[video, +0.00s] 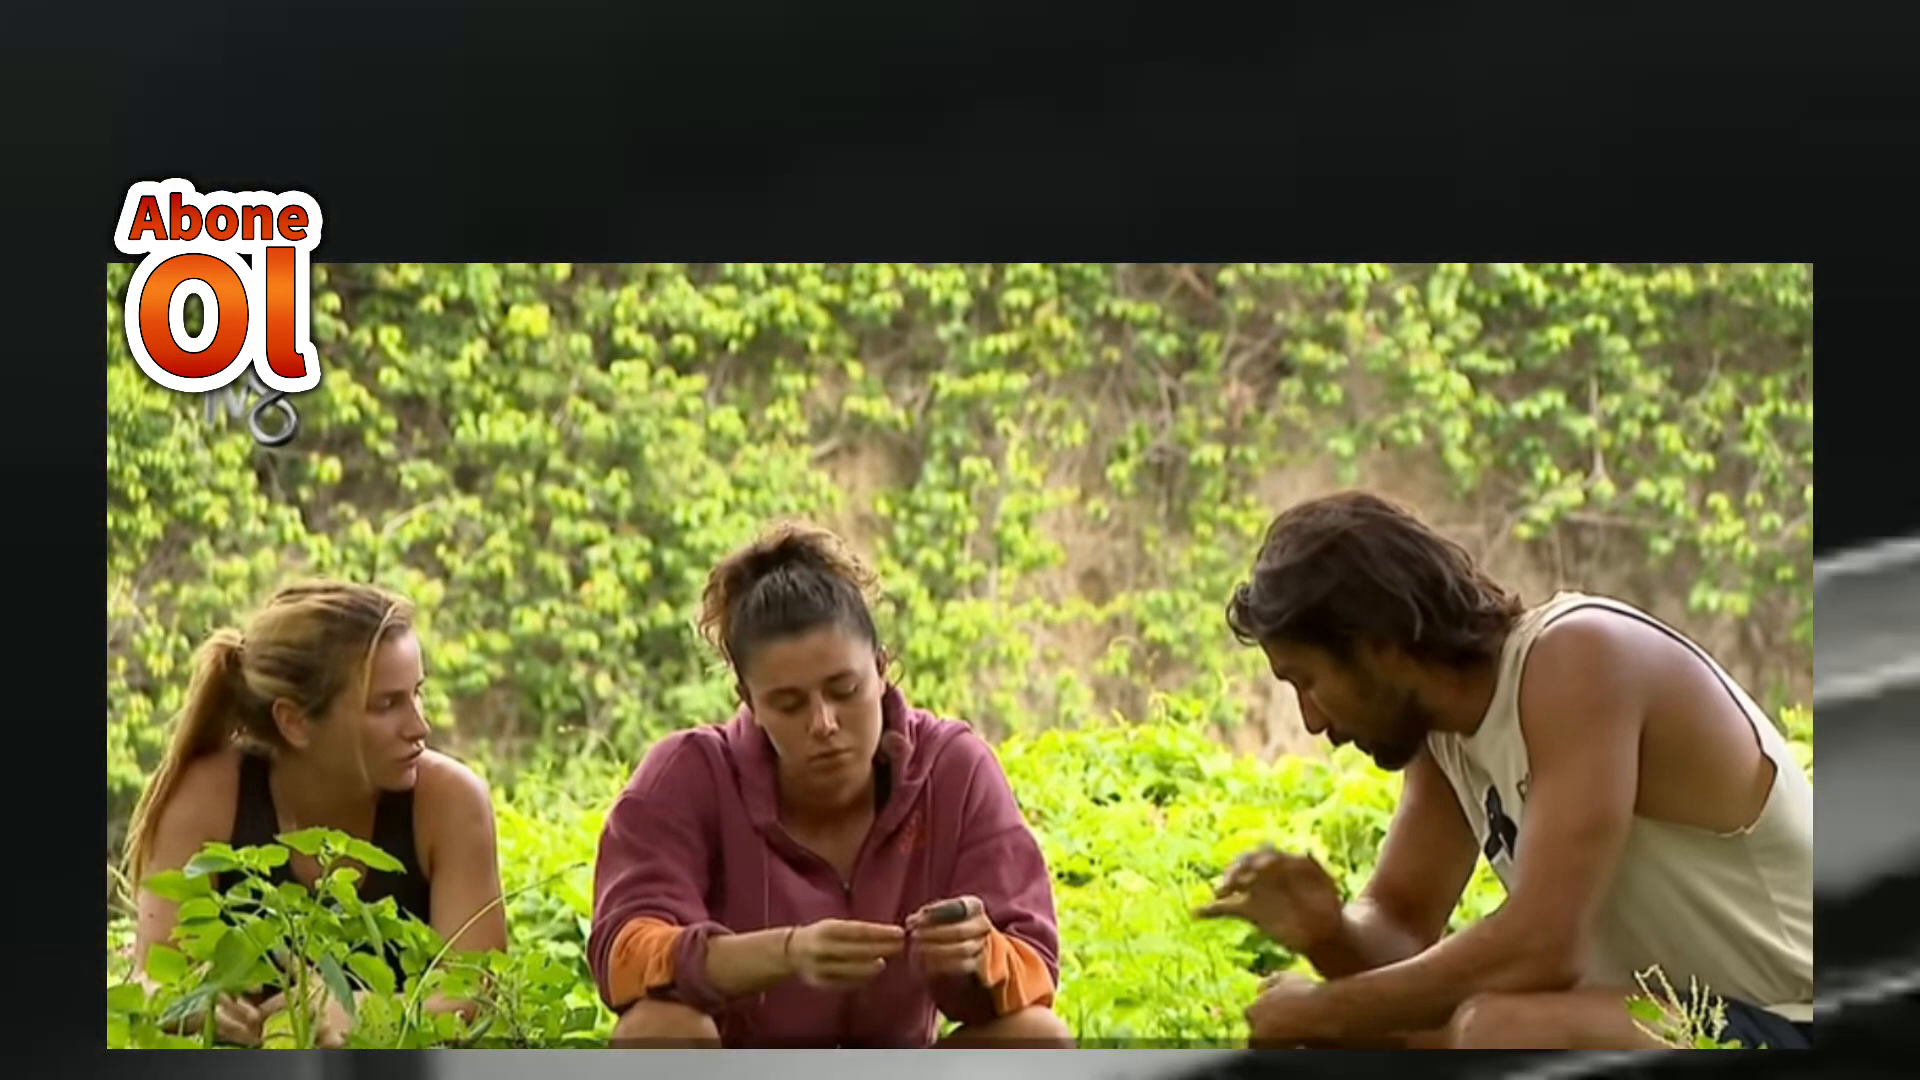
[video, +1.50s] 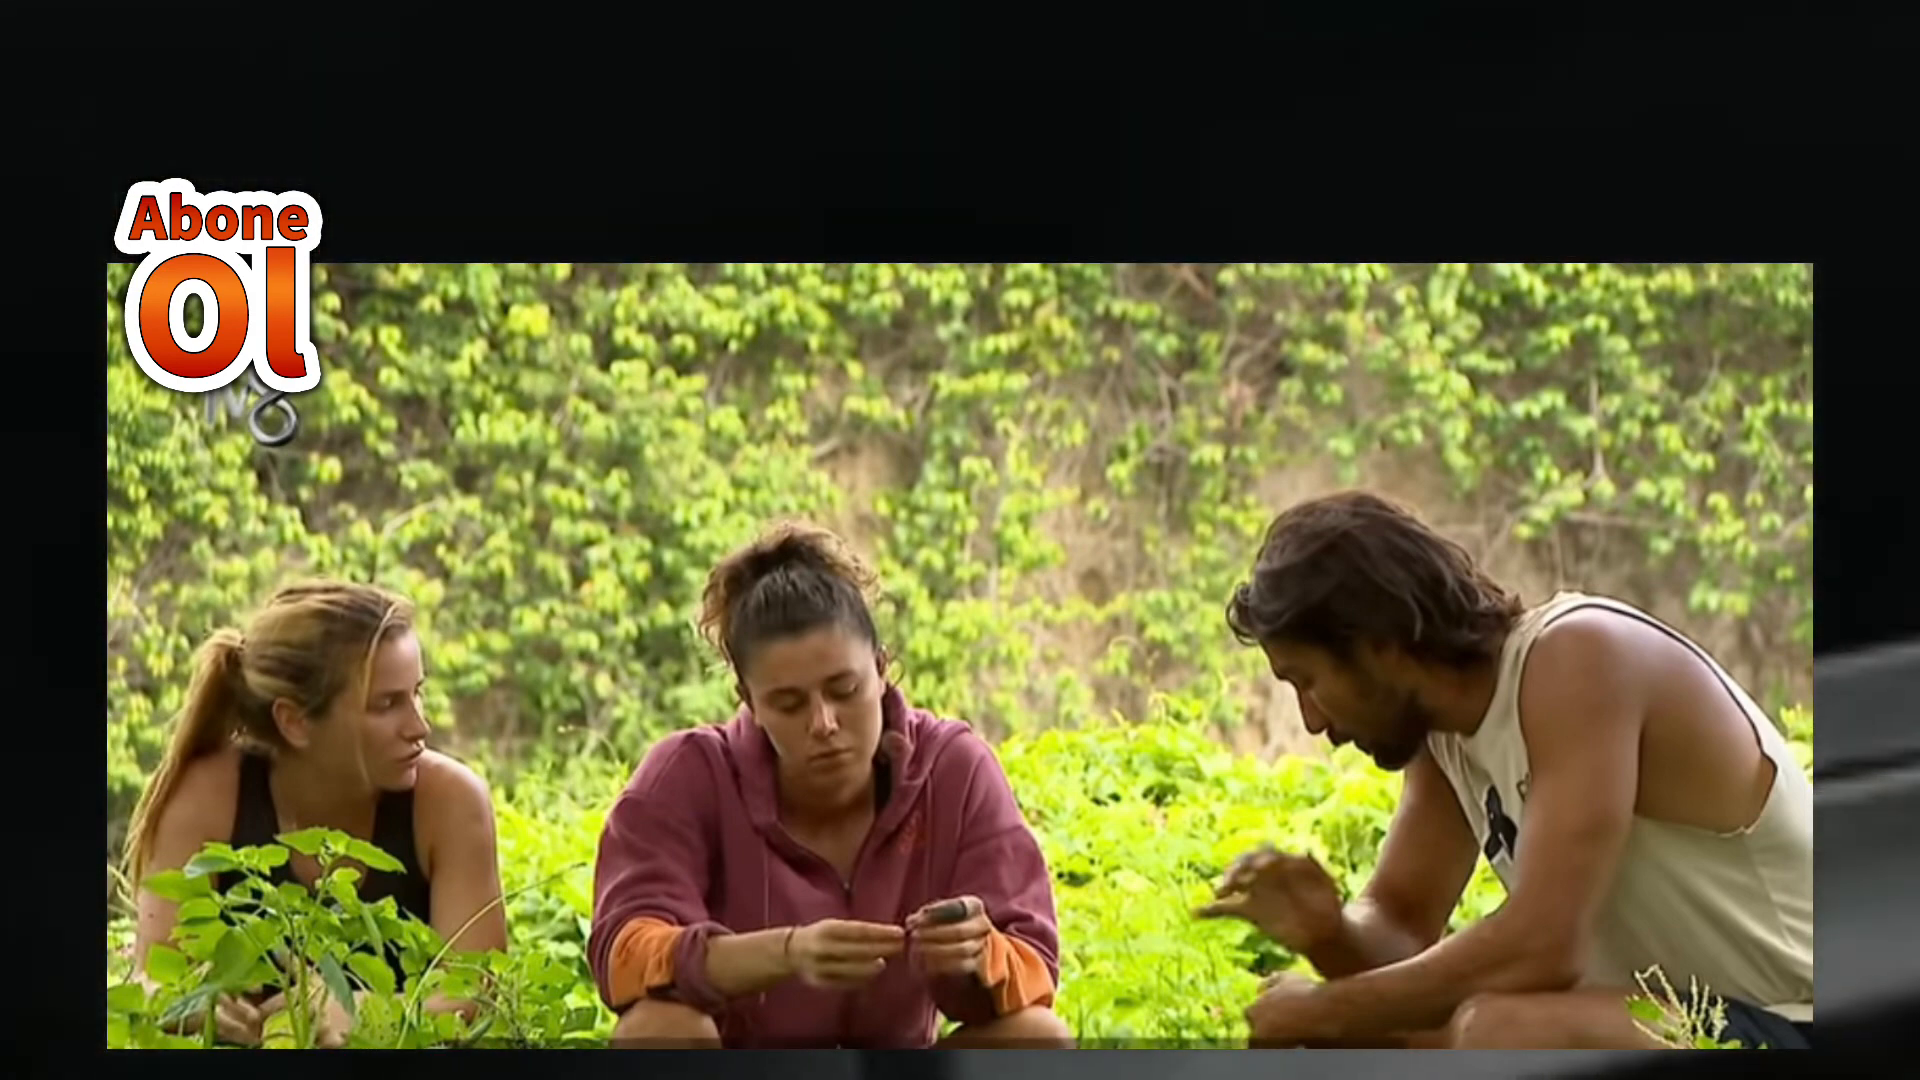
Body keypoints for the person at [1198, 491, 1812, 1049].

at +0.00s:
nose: (1310, 722)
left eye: (1305, 686)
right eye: (1295, 692)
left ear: (1384, 641)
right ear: (1384, 643)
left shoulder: (1584, 656)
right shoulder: (1451, 733)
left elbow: (1540, 950)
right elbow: (1402, 925)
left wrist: (1328, 1014)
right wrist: (1330, 933)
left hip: (1789, 1012)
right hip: (1653, 1003)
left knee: (1498, 1025)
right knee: (1378, 1028)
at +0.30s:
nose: (1310, 723)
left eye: (1305, 686)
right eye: (1295, 693)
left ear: (1384, 642)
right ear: (1384, 644)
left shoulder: (1584, 656)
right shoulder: (1450, 730)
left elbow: (1539, 950)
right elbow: (1403, 924)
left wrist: (1324, 1015)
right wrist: (1330, 933)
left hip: (1790, 1013)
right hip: (1655, 1001)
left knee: (1501, 1026)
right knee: (1384, 1026)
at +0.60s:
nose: (1310, 723)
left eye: (1305, 686)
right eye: (1295, 693)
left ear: (1385, 643)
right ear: (1385, 644)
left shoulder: (1584, 656)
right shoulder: (1451, 730)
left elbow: (1540, 950)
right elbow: (1402, 925)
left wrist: (1326, 1015)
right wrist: (1330, 934)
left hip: (1788, 1017)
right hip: (1652, 1002)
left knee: (1502, 1025)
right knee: (1380, 1024)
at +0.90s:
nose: (1310, 723)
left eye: (1305, 686)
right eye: (1295, 693)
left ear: (1385, 643)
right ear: (1386, 645)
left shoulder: (1584, 656)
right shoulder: (1451, 730)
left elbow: (1540, 950)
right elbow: (1403, 925)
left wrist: (1326, 1015)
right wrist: (1330, 935)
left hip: (1789, 1018)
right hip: (1653, 1003)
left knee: (1502, 1025)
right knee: (1382, 1024)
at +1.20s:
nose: (1310, 723)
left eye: (1305, 686)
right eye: (1295, 693)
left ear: (1385, 643)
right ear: (1385, 645)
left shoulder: (1584, 656)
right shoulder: (1451, 731)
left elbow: (1540, 950)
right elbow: (1402, 926)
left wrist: (1326, 1015)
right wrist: (1330, 934)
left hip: (1789, 1017)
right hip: (1654, 1003)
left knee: (1502, 1025)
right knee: (1379, 1025)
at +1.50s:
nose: (1310, 723)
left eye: (1305, 686)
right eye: (1295, 692)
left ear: (1385, 642)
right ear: (1385, 644)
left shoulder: (1584, 656)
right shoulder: (1451, 732)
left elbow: (1540, 950)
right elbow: (1402, 924)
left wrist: (1324, 1015)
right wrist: (1330, 934)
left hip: (1791, 1012)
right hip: (1656, 1001)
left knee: (1501, 1024)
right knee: (1382, 1027)